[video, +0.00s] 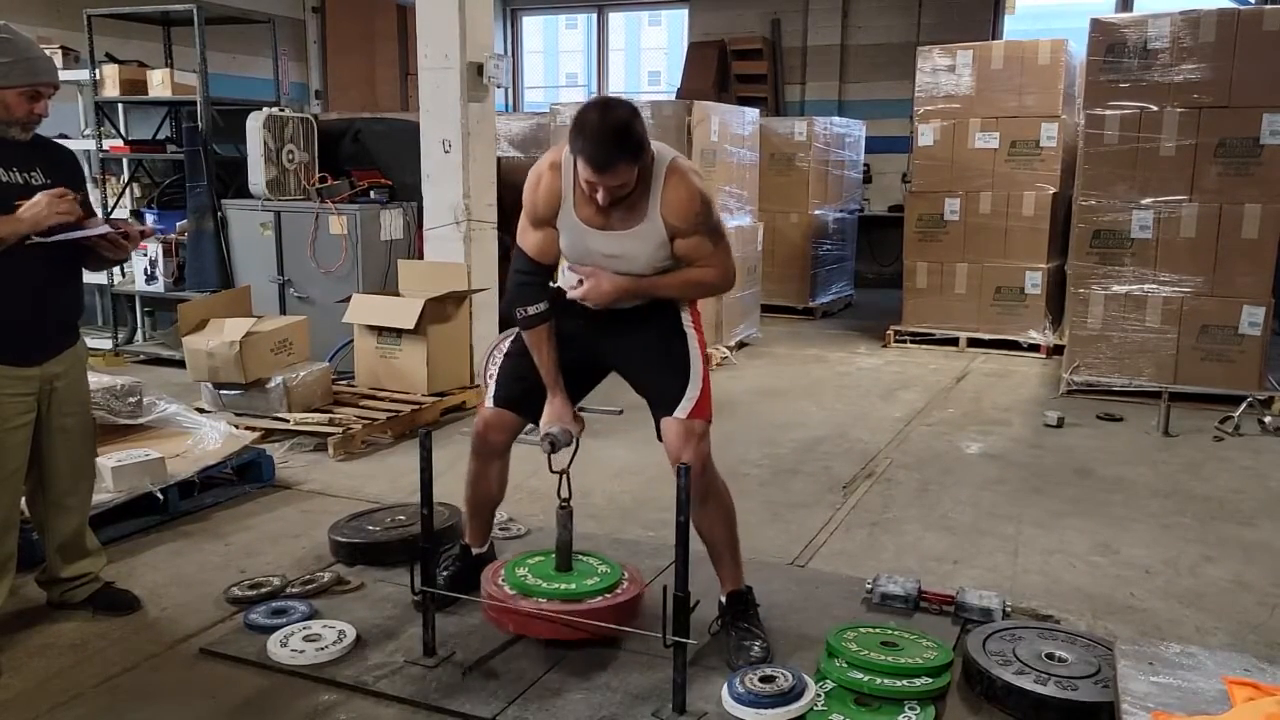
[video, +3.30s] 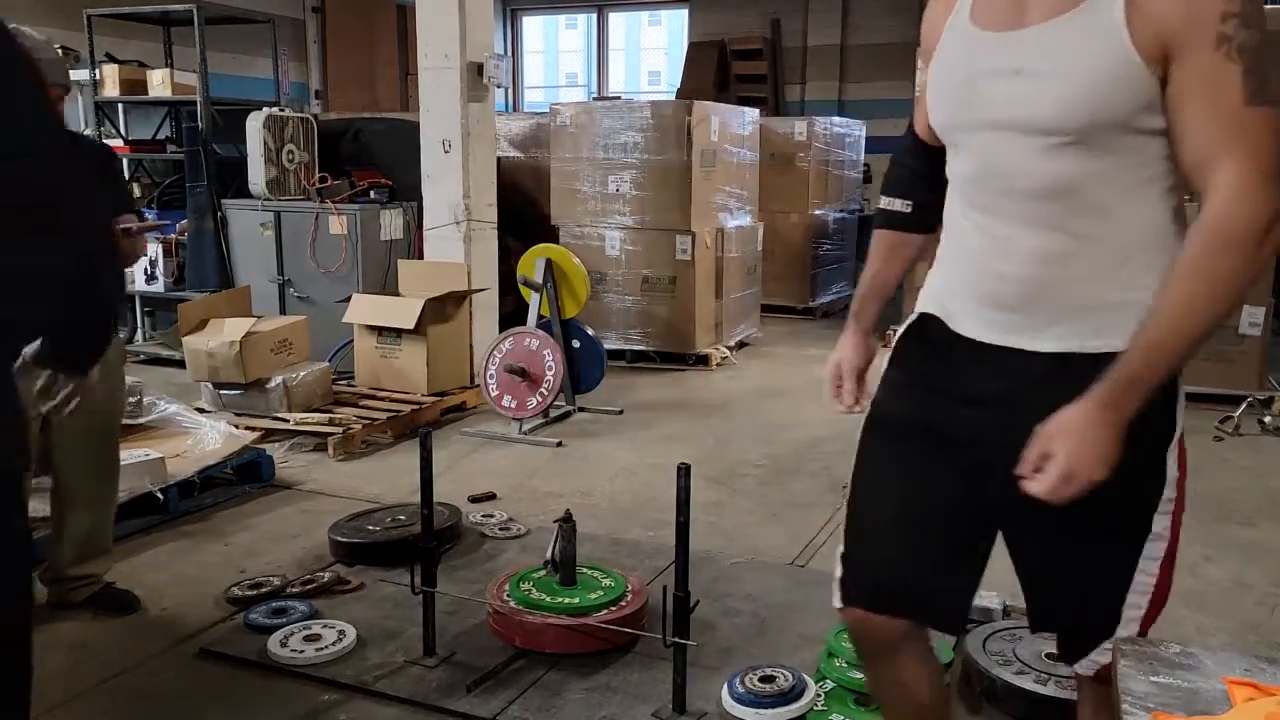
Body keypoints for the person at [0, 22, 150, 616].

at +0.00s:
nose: (43, 107)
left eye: (48, 95)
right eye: (32, 95)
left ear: (50, 92)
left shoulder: (58, 158)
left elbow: (86, 249)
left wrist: (112, 249)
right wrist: (21, 222)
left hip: (62, 347)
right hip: (5, 357)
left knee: (69, 473)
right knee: (7, 490)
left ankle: (74, 581)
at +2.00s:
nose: (54, 110)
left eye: (61, 98)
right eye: (43, 97)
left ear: (64, 96)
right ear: (7, 90)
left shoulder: (71, 160)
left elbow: (87, 253)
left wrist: (120, 250)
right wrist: (53, 232)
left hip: (68, 351)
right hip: (7, 360)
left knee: (70, 475)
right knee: (7, 491)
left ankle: (73, 580)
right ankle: (0, 599)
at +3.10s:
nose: (32, 106)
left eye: (41, 94)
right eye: (19, 93)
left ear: (51, 95)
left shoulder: (76, 159)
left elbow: (107, 241)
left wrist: (121, 248)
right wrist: (22, 210)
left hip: (81, 351)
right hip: (9, 362)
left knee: (86, 474)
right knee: (8, 490)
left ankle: (76, 580)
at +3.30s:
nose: (58, 100)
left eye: (58, 88)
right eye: (51, 90)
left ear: (55, 94)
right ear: (38, 93)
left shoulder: (88, 159)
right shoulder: (74, 162)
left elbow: (108, 248)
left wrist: (120, 246)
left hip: (84, 339)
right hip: (32, 344)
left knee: (86, 468)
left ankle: (76, 582)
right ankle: (62, 581)